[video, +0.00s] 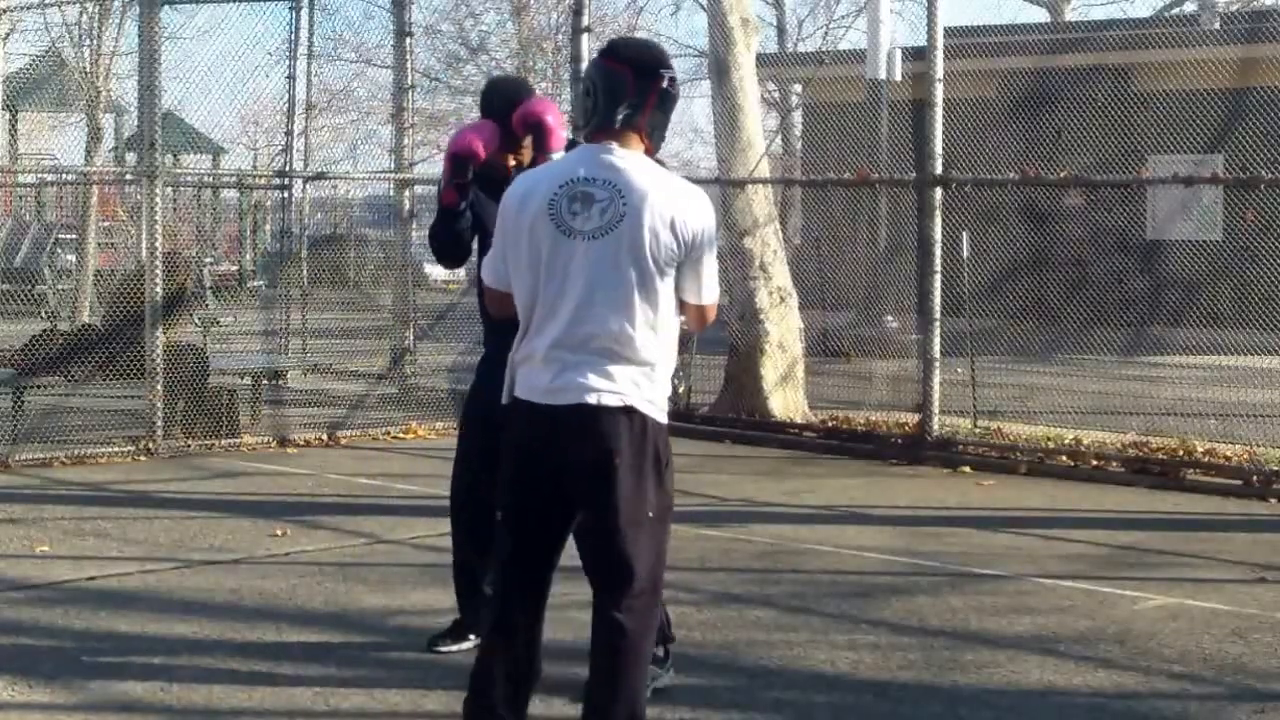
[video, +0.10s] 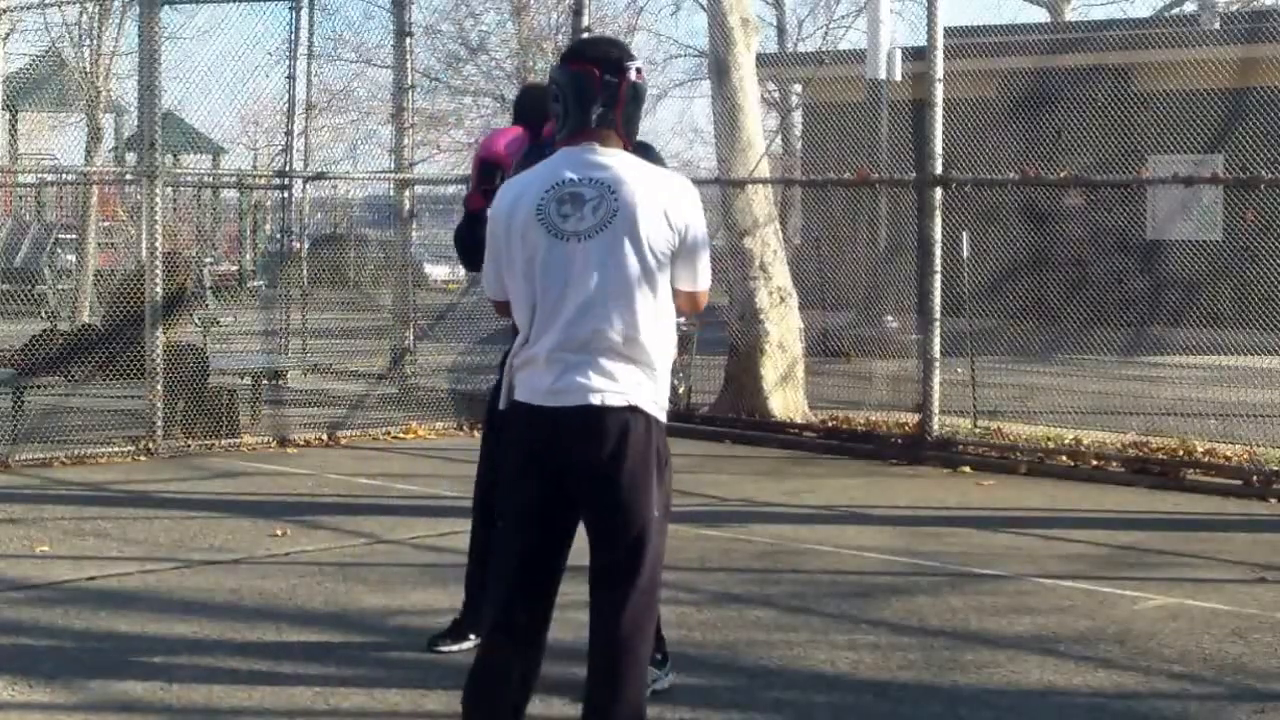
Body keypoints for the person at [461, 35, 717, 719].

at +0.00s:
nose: (670, 113)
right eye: (668, 103)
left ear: (587, 102)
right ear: (658, 108)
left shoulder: (527, 188)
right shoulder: (682, 201)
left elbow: (499, 301)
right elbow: (700, 314)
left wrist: (576, 301)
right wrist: (632, 305)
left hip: (531, 416)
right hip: (624, 422)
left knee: (515, 591)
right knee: (627, 599)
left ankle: (493, 712)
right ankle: (615, 713)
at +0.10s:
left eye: (558, 97)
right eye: (634, 101)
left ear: (560, 105)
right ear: (633, 107)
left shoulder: (513, 193)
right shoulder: (670, 190)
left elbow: (505, 305)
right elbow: (692, 298)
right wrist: (616, 286)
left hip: (532, 421)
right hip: (626, 425)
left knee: (515, 601)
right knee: (625, 603)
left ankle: (490, 709)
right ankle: (615, 710)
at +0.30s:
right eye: (583, 106)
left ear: (512, 117)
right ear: (581, 112)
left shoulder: (483, 195)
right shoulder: (631, 180)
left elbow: (499, 271)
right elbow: (649, 258)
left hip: (515, 407)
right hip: (602, 408)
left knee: (508, 580)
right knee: (616, 578)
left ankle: (490, 708)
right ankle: (609, 707)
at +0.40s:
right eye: (577, 101)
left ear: (506, 112)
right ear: (570, 107)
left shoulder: (472, 195)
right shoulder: (612, 179)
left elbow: (495, 267)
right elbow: (639, 261)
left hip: (500, 407)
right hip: (585, 407)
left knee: (497, 587)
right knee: (596, 581)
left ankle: (488, 712)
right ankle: (596, 708)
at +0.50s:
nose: (587, 105)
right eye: (582, 94)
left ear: (512, 107)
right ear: (577, 100)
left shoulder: (474, 190)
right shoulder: (610, 180)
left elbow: (483, 277)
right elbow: (642, 282)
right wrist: (564, 280)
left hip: (489, 400)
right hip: (574, 401)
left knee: (495, 580)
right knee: (583, 582)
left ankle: (487, 709)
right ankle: (573, 707)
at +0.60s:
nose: (606, 110)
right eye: (601, 98)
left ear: (528, 102)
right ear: (591, 103)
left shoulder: (479, 187)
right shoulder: (616, 186)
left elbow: (470, 284)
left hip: (490, 402)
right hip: (575, 407)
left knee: (498, 565)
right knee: (579, 576)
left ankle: (489, 707)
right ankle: (552, 707)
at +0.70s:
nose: (629, 122)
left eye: (625, 109)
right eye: (625, 110)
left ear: (554, 106)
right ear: (613, 113)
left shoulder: (495, 182)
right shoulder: (623, 195)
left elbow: (454, 295)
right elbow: (652, 310)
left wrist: (530, 269)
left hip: (495, 402)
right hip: (574, 409)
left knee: (502, 563)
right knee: (572, 577)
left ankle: (487, 705)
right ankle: (541, 708)